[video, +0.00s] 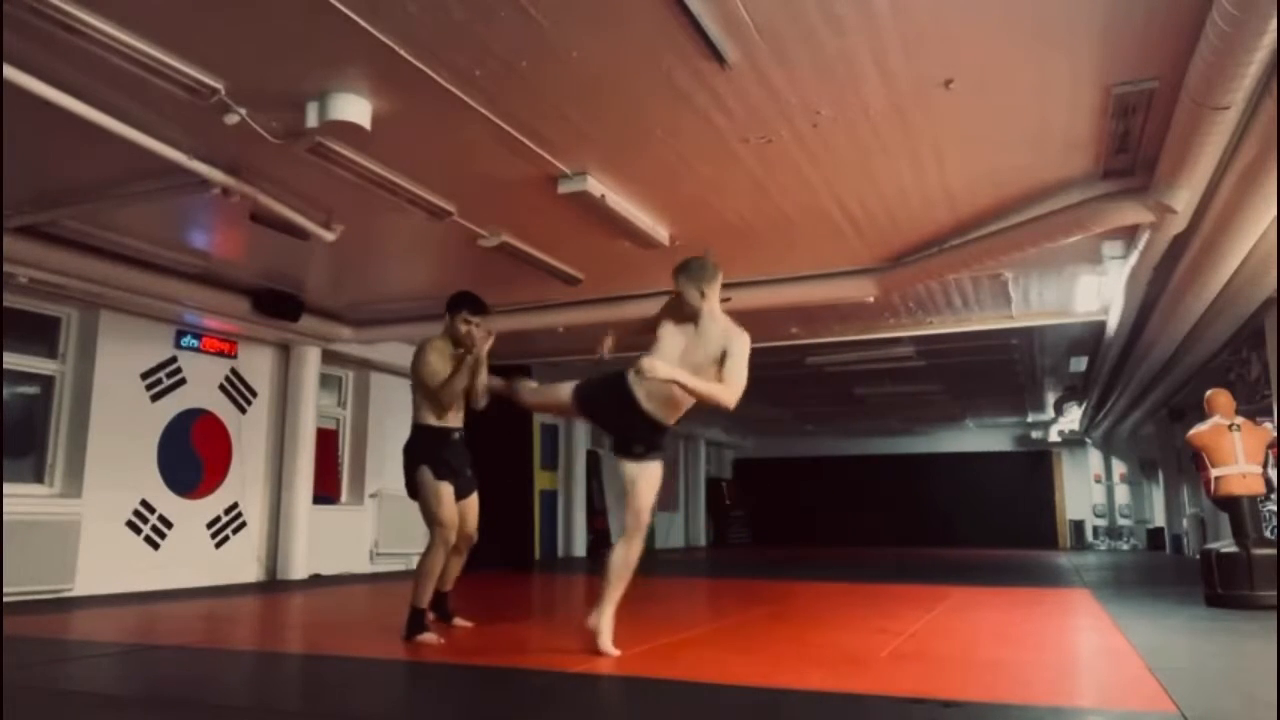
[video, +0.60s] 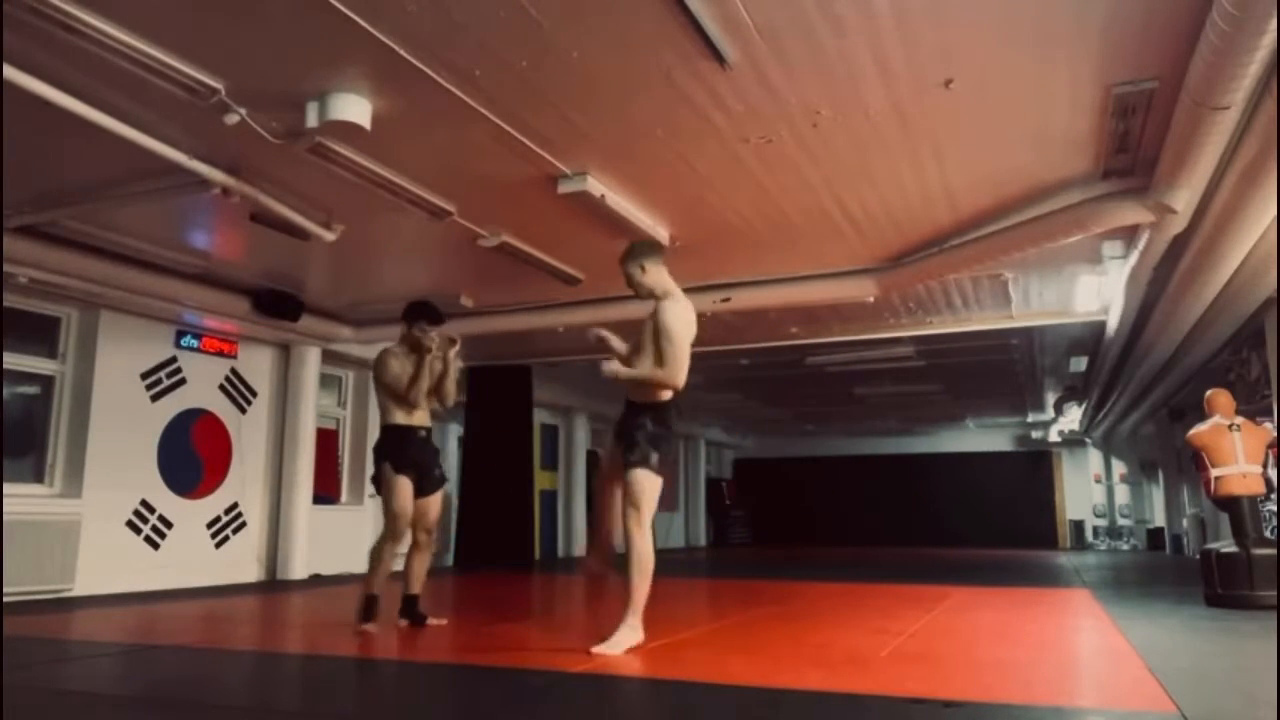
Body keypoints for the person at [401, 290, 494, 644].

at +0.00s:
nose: (472, 330)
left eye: (477, 325)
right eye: (466, 322)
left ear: (482, 328)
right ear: (449, 319)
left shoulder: (470, 355)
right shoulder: (431, 351)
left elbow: (478, 400)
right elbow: (443, 399)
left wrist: (482, 356)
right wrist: (469, 358)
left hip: (457, 446)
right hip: (428, 445)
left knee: (467, 533)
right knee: (444, 531)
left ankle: (442, 604)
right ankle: (417, 619)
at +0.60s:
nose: (430, 337)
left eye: (433, 332)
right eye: (424, 330)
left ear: (435, 333)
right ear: (408, 327)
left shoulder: (431, 359)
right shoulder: (388, 358)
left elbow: (447, 399)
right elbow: (411, 398)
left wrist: (450, 360)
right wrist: (426, 356)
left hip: (425, 445)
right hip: (396, 443)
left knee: (426, 532)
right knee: (398, 526)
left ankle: (412, 604)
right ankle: (371, 598)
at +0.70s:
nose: (423, 336)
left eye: (427, 330)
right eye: (417, 329)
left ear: (428, 332)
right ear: (400, 326)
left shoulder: (423, 360)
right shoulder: (382, 357)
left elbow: (438, 402)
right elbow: (403, 398)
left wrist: (443, 362)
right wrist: (420, 356)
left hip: (418, 448)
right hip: (388, 447)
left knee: (421, 533)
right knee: (384, 528)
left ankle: (410, 606)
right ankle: (343, 594)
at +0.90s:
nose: (407, 334)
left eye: (412, 329)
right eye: (401, 327)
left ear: (414, 332)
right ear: (383, 325)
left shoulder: (411, 361)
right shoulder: (363, 357)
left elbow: (420, 410)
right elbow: (379, 400)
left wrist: (428, 372)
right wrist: (399, 357)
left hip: (399, 449)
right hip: (366, 447)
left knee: (416, 534)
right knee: (352, 534)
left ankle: (409, 608)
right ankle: (327, 612)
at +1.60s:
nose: (459, 337)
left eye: (462, 332)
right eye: (453, 329)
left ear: (462, 335)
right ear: (433, 329)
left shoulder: (453, 367)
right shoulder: (416, 361)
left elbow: (455, 420)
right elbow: (427, 404)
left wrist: (478, 398)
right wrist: (458, 368)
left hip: (447, 453)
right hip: (413, 450)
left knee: (466, 531)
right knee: (386, 529)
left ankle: (459, 609)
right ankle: (338, 591)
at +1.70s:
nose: (471, 335)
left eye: (473, 329)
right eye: (465, 327)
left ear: (472, 332)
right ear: (446, 326)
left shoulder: (462, 366)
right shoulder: (430, 358)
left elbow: (463, 419)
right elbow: (443, 401)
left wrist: (489, 393)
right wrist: (472, 369)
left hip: (457, 446)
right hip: (428, 441)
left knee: (471, 529)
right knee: (424, 505)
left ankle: (459, 609)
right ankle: (370, 560)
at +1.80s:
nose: (476, 333)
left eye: (479, 328)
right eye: (472, 326)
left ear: (475, 331)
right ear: (452, 325)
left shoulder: (466, 364)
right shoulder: (441, 355)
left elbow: (471, 414)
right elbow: (447, 401)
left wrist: (494, 386)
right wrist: (481, 371)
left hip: (465, 440)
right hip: (442, 434)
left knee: (475, 530)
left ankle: (461, 608)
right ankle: (402, 539)